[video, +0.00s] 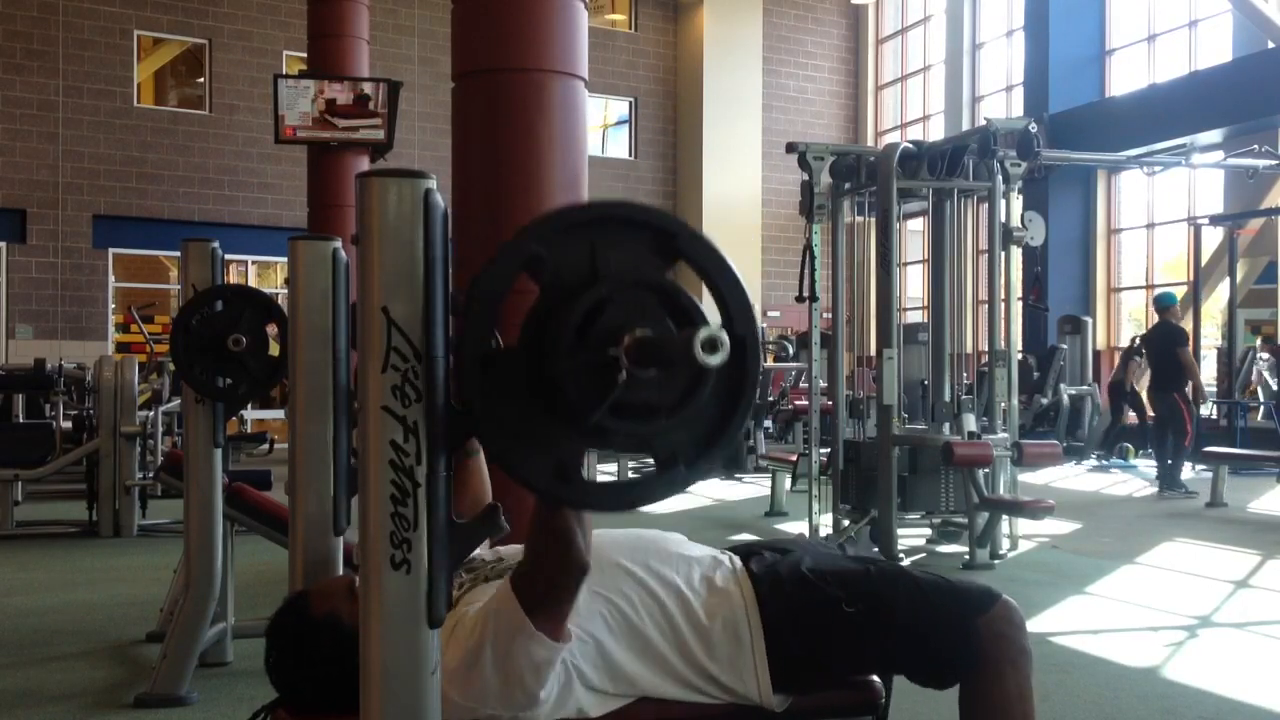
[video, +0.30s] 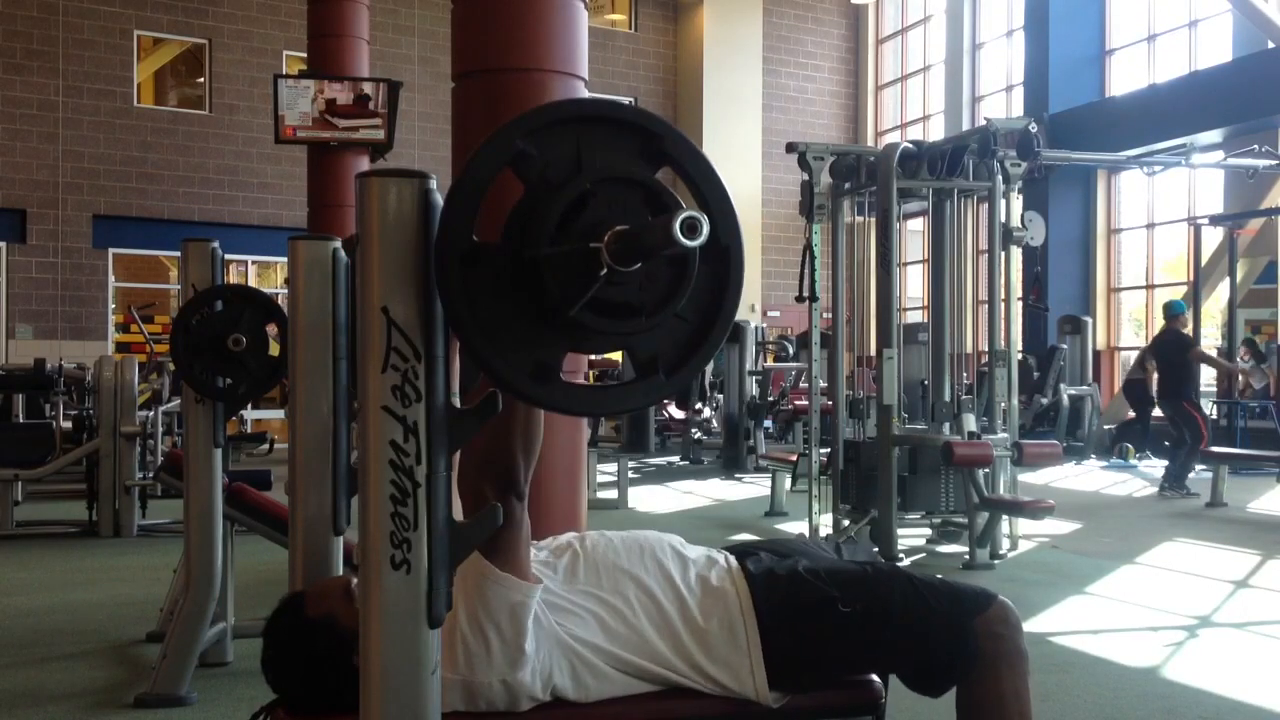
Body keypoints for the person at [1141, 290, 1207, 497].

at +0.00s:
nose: (1181, 310)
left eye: (1179, 307)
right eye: (1178, 307)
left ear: (1159, 310)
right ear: (1172, 309)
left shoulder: (1149, 335)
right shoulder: (1177, 331)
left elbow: (1151, 365)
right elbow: (1188, 361)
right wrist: (1199, 387)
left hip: (1155, 390)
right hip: (1173, 390)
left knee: (1162, 431)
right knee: (1186, 431)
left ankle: (1164, 477)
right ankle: (1174, 479)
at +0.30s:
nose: (1187, 318)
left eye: (1186, 314)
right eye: (1185, 315)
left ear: (1168, 317)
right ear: (1178, 317)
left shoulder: (1159, 338)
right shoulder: (1180, 337)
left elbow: (1143, 362)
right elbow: (1203, 357)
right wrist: (1231, 368)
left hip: (1165, 396)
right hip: (1180, 396)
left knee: (1182, 437)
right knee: (1201, 436)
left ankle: (1169, 481)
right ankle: (1178, 482)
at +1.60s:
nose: (1191, 294)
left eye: (1188, 291)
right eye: (1187, 291)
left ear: (1171, 297)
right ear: (1182, 295)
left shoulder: (1164, 318)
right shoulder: (1192, 315)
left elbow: (1143, 330)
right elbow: (1213, 325)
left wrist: (1140, 331)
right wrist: (1230, 328)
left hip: (1172, 375)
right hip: (1191, 375)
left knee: (1172, 420)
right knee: (1201, 420)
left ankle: (1157, 469)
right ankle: (1197, 471)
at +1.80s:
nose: (1191, 322)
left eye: (1175, 318)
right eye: (1190, 319)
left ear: (1171, 321)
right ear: (1189, 321)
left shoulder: (1163, 338)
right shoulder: (1192, 335)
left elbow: (1146, 319)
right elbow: (1203, 309)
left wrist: (1144, 291)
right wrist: (1200, 282)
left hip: (1169, 402)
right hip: (1190, 402)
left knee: (1168, 441)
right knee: (1213, 442)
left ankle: (1141, 481)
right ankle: (1204, 487)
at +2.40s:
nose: (1195, 319)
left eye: (1194, 315)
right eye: (1193, 316)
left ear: (1175, 322)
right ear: (1187, 320)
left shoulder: (1166, 344)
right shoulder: (1195, 343)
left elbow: (1165, 372)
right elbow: (1201, 376)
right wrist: (1204, 396)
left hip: (1169, 397)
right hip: (1188, 397)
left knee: (1186, 439)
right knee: (1199, 439)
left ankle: (1171, 481)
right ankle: (1176, 482)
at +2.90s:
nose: (1193, 323)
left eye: (1184, 318)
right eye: (1192, 319)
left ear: (1176, 323)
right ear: (1193, 323)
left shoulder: (1172, 342)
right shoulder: (1196, 339)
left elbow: (1156, 320)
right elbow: (1203, 314)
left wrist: (1161, 293)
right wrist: (1197, 287)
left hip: (1175, 403)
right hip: (1193, 404)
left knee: (1172, 443)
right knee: (1219, 442)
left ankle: (1146, 480)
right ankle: (1210, 486)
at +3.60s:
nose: (1201, 299)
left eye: (1199, 295)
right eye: (1198, 296)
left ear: (1180, 300)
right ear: (1193, 299)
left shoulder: (1173, 321)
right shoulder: (1201, 321)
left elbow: (1167, 348)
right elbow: (1213, 344)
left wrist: (1162, 367)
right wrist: (1233, 363)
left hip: (1177, 378)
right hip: (1195, 380)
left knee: (1183, 423)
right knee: (1200, 426)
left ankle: (1176, 474)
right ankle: (1197, 477)